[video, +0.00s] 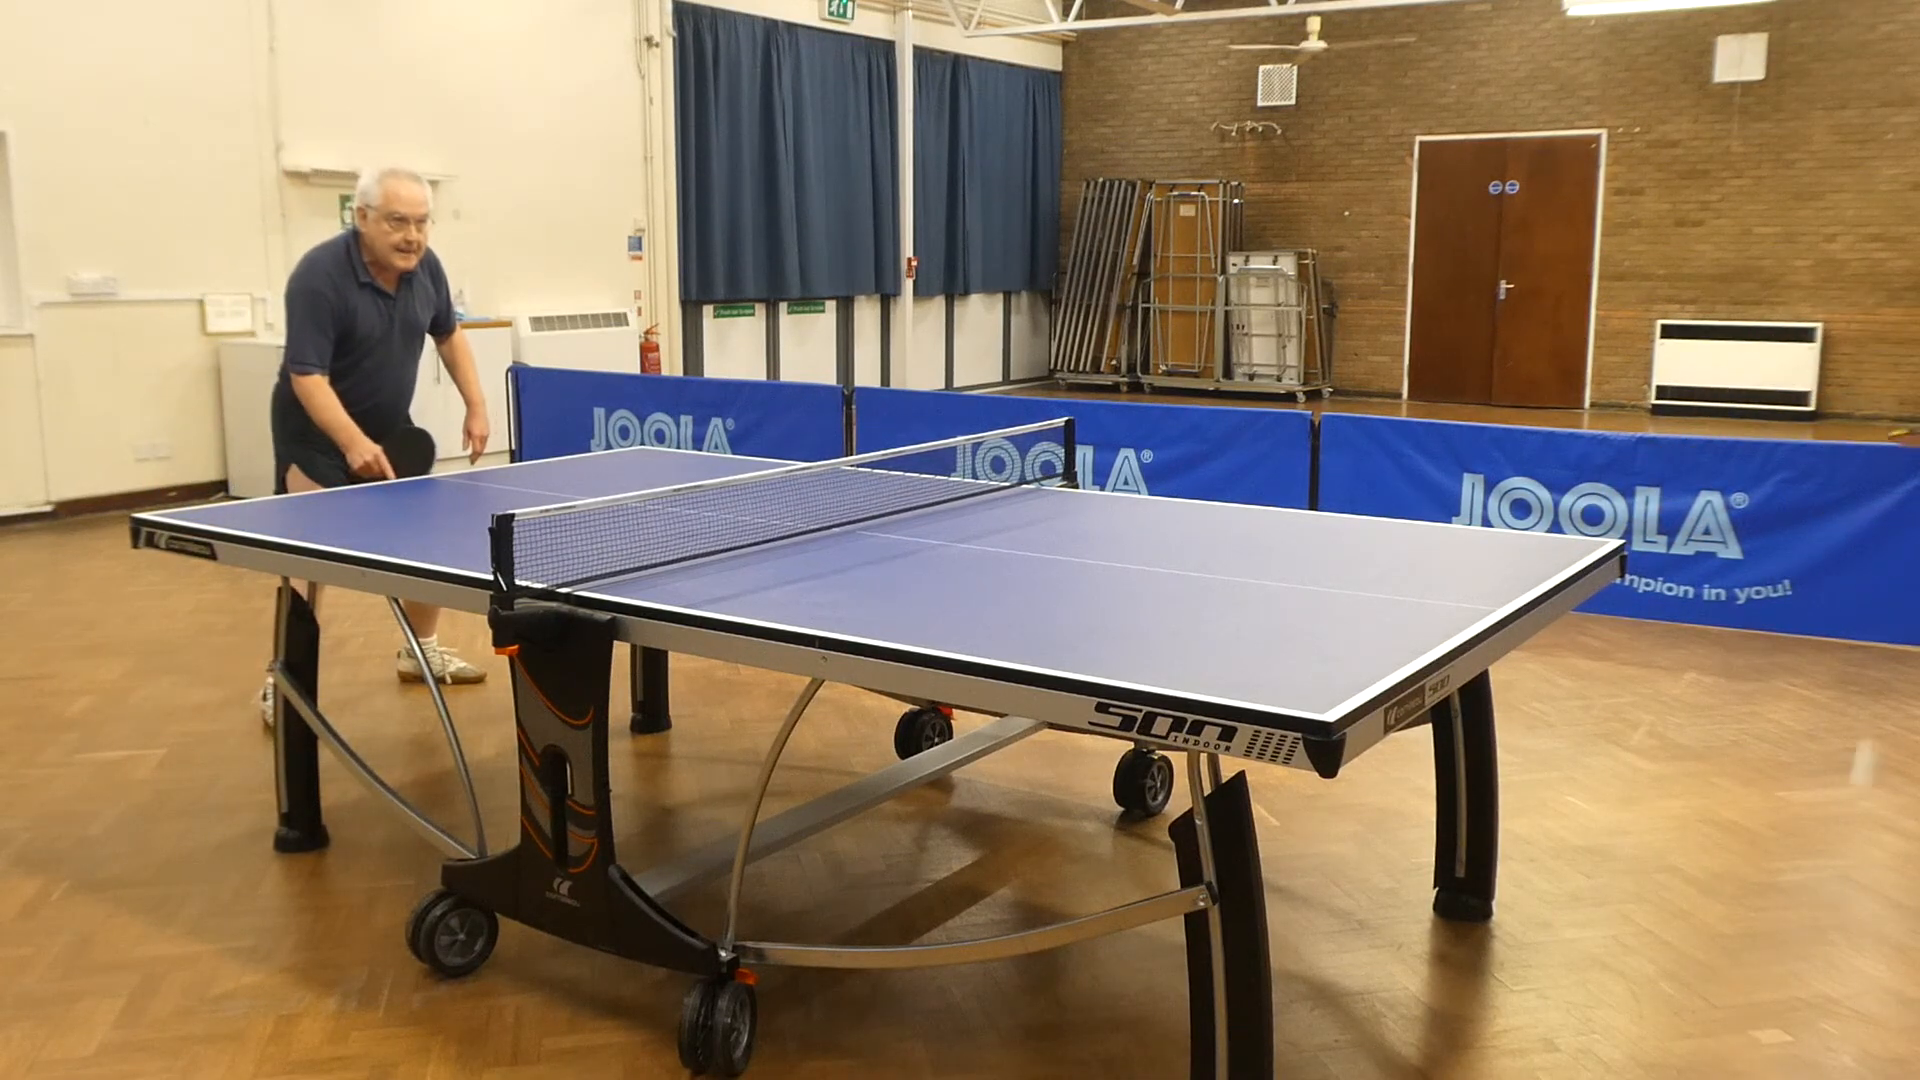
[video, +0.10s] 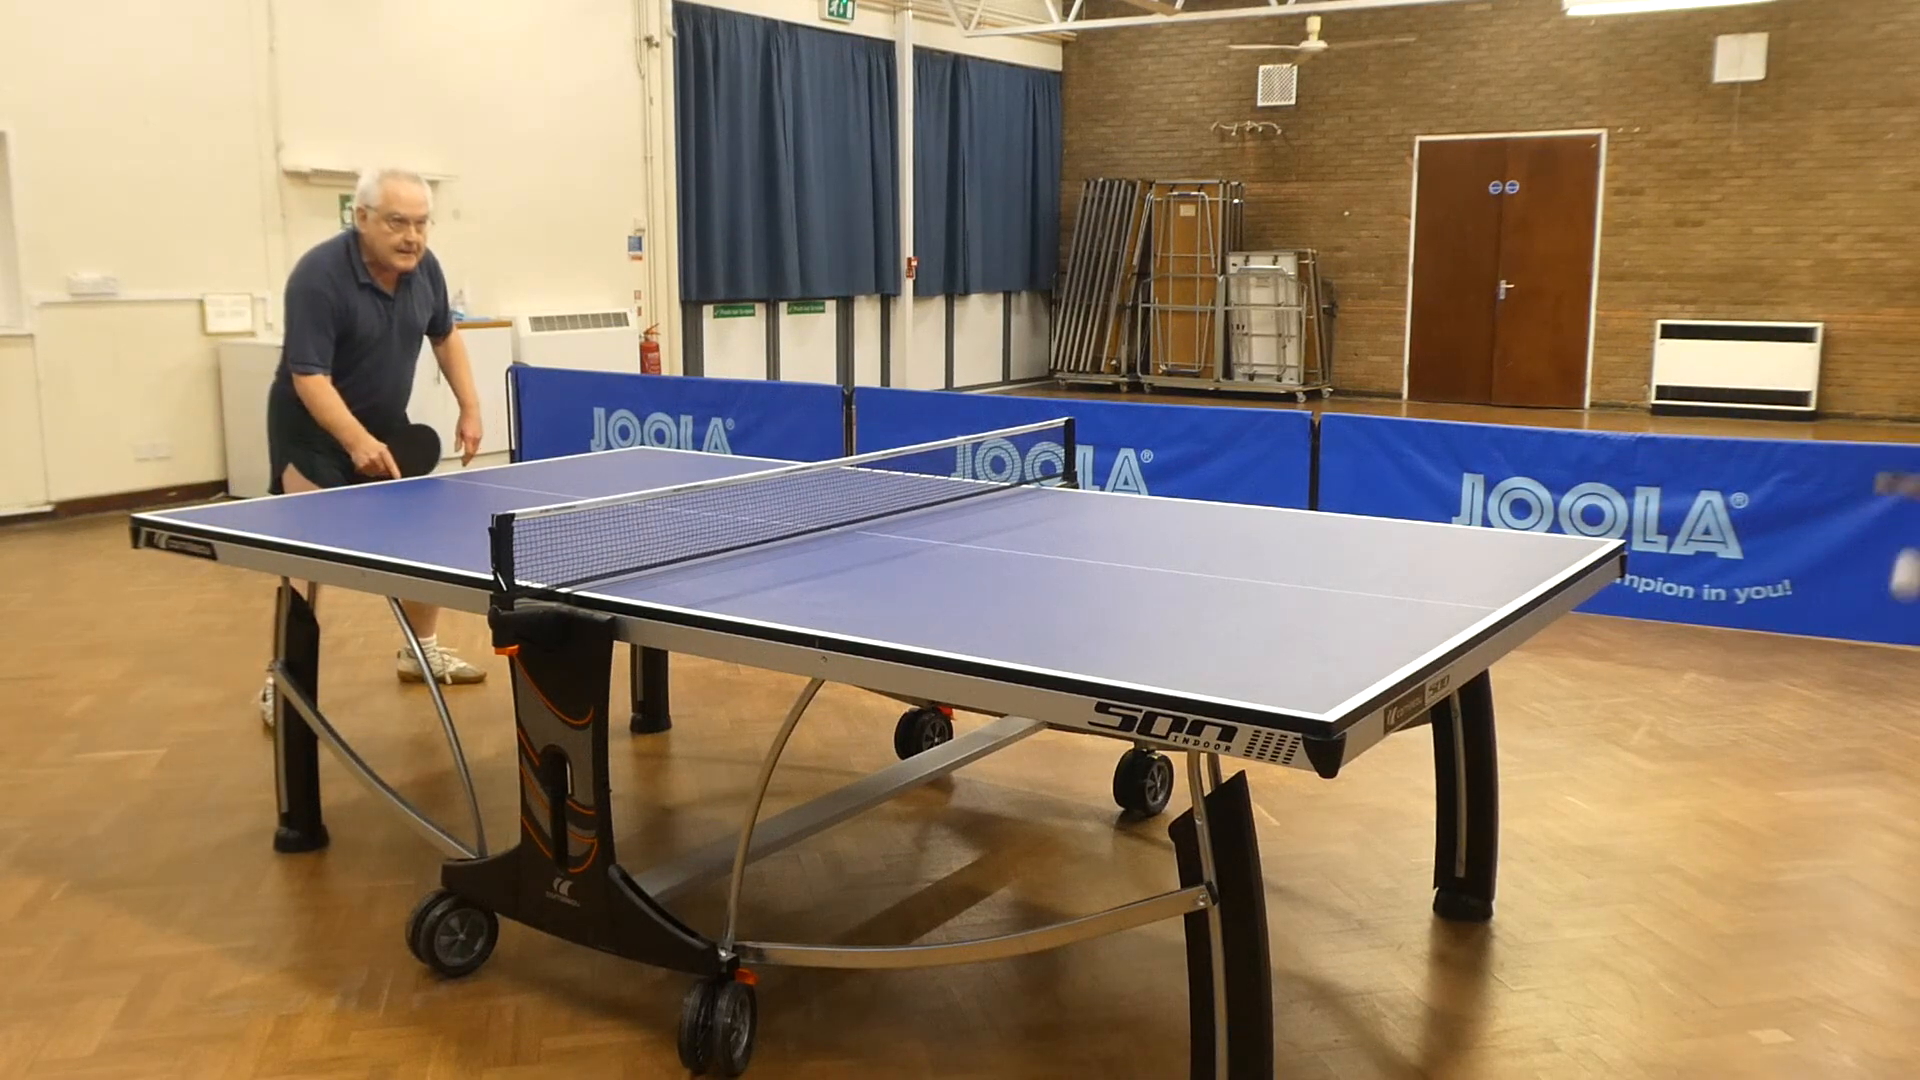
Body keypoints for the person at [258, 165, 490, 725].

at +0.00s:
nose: (413, 236)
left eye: (421, 223)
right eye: (397, 223)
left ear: (430, 222)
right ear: (362, 219)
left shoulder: (425, 268)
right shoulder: (320, 275)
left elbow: (449, 333)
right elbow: (305, 375)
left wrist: (475, 405)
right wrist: (353, 442)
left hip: (390, 426)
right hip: (317, 429)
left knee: (425, 533)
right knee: (309, 556)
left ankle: (421, 645)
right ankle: (285, 679)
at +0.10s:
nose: (412, 236)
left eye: (421, 224)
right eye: (397, 223)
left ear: (429, 222)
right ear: (362, 220)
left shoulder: (423, 269)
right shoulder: (319, 276)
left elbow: (445, 336)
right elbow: (307, 376)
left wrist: (470, 407)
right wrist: (358, 441)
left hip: (385, 423)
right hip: (313, 427)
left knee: (420, 532)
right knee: (305, 556)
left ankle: (420, 646)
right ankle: (284, 679)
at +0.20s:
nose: (411, 238)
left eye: (420, 225)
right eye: (396, 224)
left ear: (427, 224)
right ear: (360, 221)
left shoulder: (422, 270)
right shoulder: (318, 275)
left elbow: (442, 337)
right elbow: (306, 378)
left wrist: (464, 407)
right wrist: (358, 441)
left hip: (384, 427)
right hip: (311, 429)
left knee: (419, 532)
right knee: (303, 557)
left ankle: (420, 646)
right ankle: (283, 680)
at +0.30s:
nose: (410, 239)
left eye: (418, 226)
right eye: (395, 226)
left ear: (426, 224)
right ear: (359, 222)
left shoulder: (420, 272)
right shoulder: (316, 276)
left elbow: (439, 338)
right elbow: (304, 377)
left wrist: (461, 409)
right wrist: (356, 444)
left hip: (382, 427)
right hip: (309, 430)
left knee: (420, 529)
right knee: (302, 555)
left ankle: (420, 646)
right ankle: (282, 680)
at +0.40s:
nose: (409, 239)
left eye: (417, 226)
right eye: (393, 225)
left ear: (425, 225)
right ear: (358, 222)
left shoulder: (418, 271)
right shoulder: (314, 277)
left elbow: (437, 339)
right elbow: (302, 379)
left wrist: (459, 409)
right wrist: (351, 445)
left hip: (379, 425)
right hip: (307, 428)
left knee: (420, 525)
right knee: (302, 553)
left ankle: (420, 646)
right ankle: (283, 680)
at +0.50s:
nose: (407, 239)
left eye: (416, 226)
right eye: (392, 225)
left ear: (424, 225)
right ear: (356, 222)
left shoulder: (417, 272)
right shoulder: (313, 278)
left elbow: (436, 339)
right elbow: (298, 379)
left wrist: (457, 409)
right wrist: (347, 446)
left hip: (379, 427)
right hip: (306, 429)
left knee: (420, 524)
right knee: (302, 552)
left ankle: (420, 646)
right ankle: (282, 680)